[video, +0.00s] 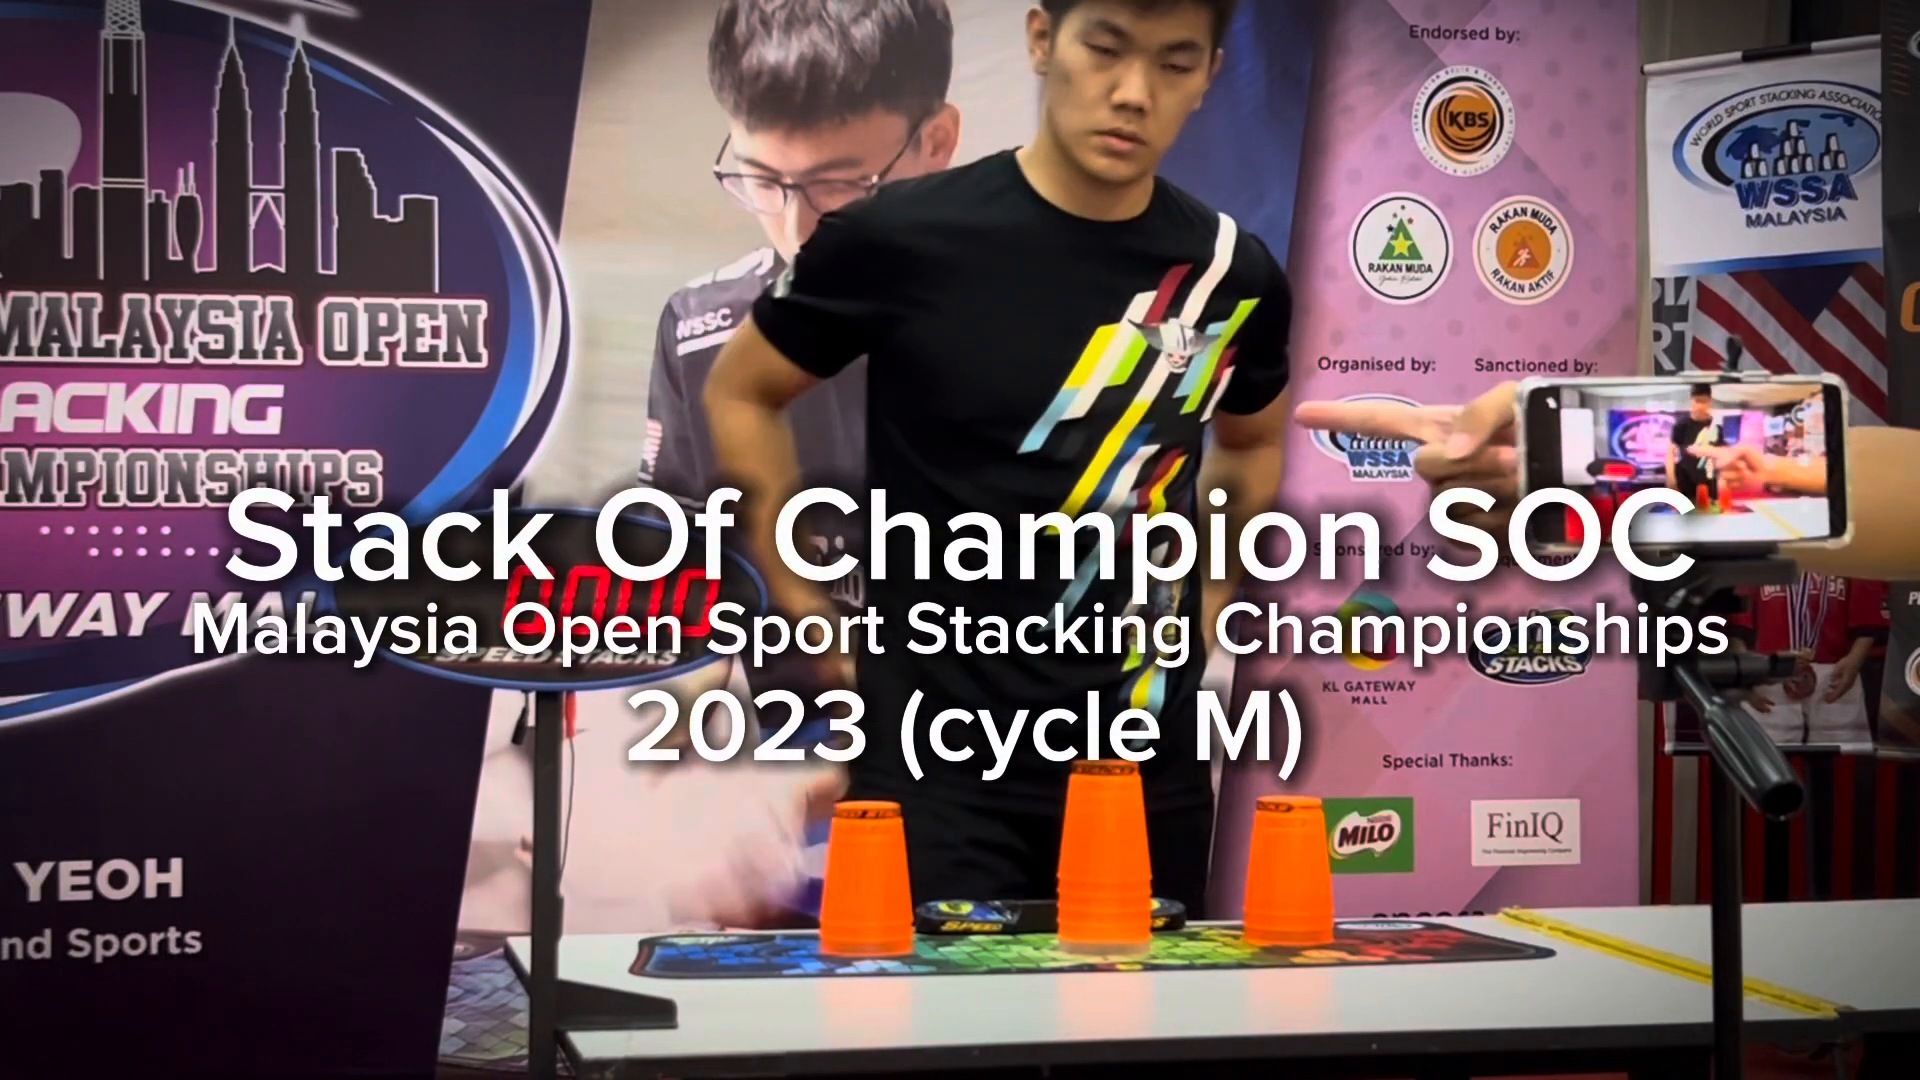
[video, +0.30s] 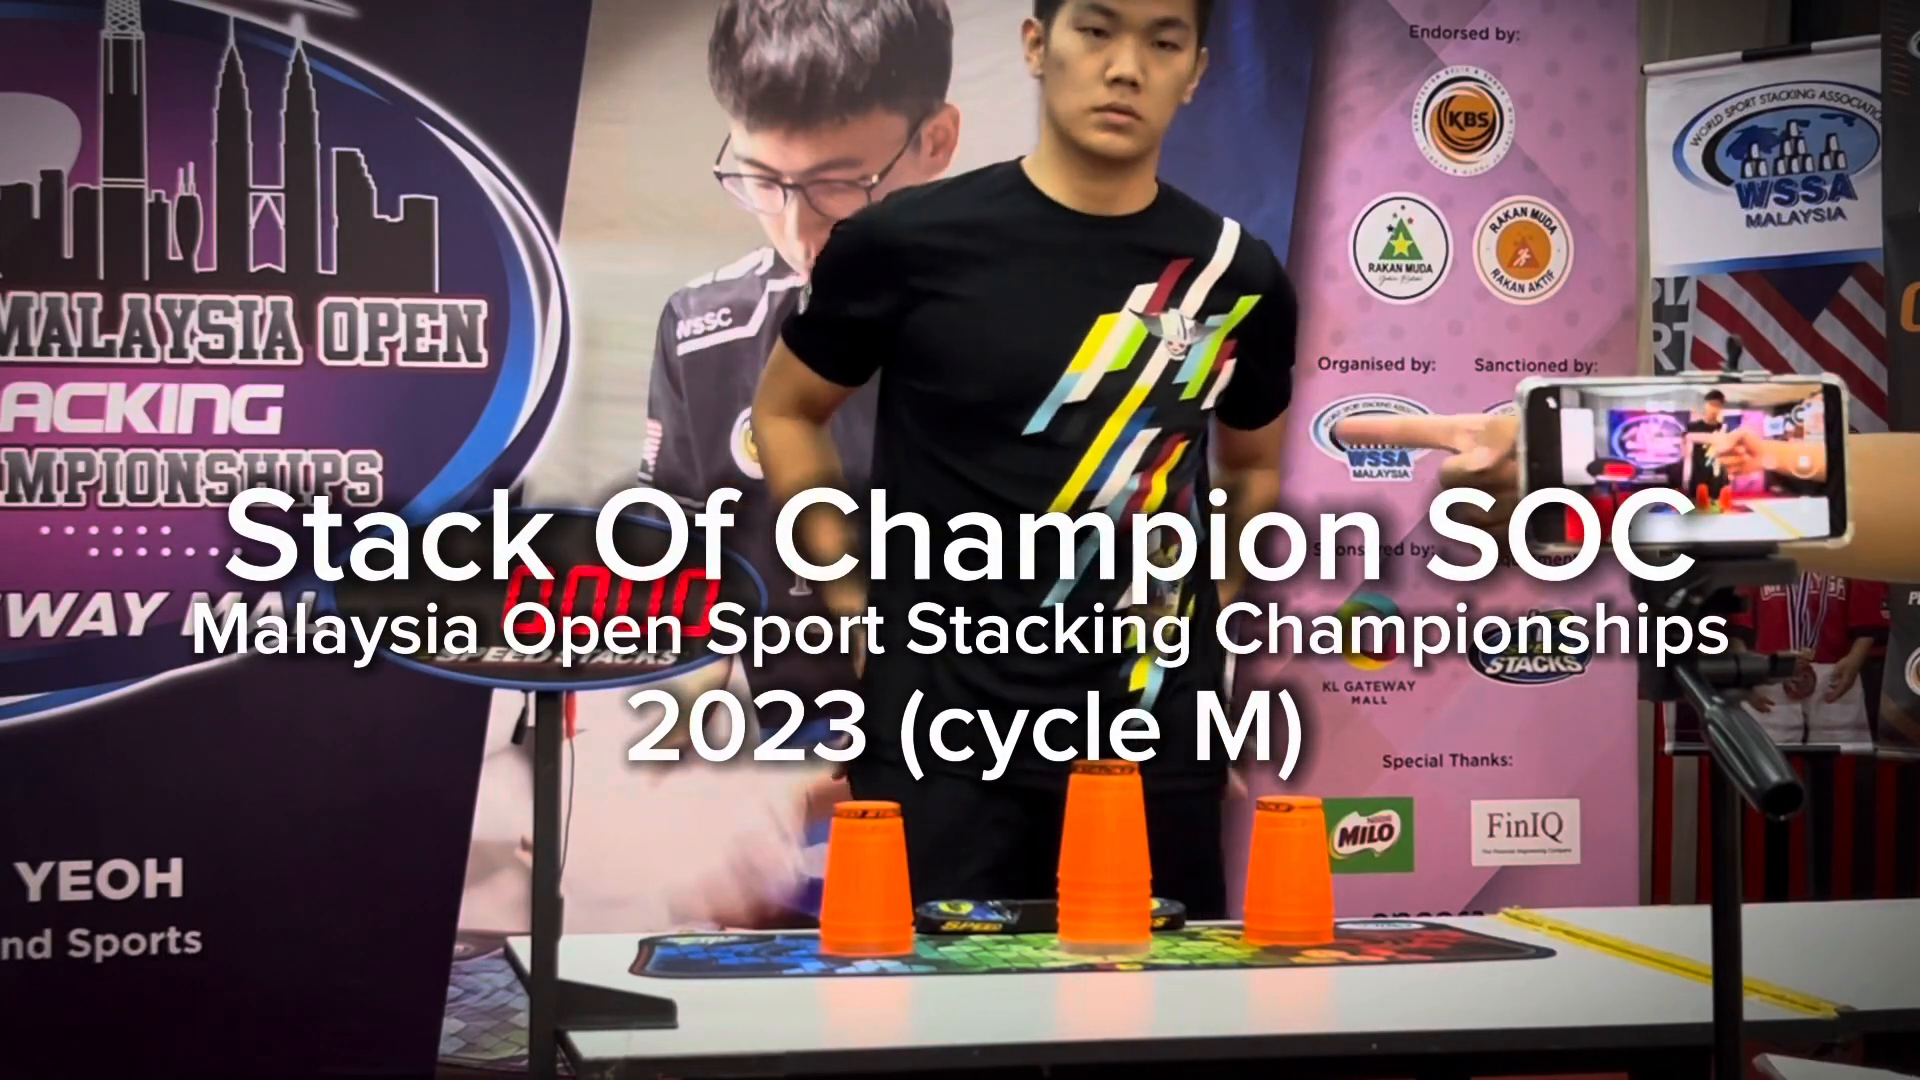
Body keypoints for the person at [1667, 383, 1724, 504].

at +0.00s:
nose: (1700, 406)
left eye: (1704, 402)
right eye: (1697, 401)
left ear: (1710, 402)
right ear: (1692, 402)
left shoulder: (1716, 427)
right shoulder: (1682, 425)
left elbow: (1720, 454)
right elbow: (1672, 453)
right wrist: (1671, 478)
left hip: (1708, 476)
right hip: (1685, 476)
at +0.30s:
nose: (1714, 410)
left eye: (1718, 406)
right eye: (1711, 405)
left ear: (1721, 408)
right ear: (1705, 405)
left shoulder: (1725, 429)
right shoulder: (1693, 428)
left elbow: (1728, 457)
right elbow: (1688, 458)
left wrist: (1729, 482)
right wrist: (1685, 484)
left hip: (1719, 484)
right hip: (1697, 482)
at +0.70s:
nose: (1711, 411)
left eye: (1714, 408)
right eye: (1708, 407)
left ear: (1718, 410)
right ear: (1703, 410)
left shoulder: (1722, 431)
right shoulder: (1695, 431)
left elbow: (1725, 455)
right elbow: (1689, 454)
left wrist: (1729, 478)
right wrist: (1687, 480)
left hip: (1717, 478)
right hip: (1700, 477)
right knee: (1700, 502)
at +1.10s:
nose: (1701, 417)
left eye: (1703, 414)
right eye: (1698, 414)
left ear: (1708, 416)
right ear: (1694, 416)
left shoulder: (1714, 435)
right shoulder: (1689, 435)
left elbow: (1721, 452)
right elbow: (1684, 454)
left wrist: (1717, 467)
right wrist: (1687, 466)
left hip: (1710, 467)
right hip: (1694, 467)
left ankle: (1714, 498)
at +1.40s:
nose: (1701, 420)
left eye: (1703, 417)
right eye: (1698, 417)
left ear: (1708, 418)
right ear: (1694, 418)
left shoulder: (1713, 436)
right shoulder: (1690, 436)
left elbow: (1718, 453)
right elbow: (1686, 454)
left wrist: (1716, 467)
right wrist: (1687, 471)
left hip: (1710, 467)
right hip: (1695, 467)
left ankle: (1714, 498)